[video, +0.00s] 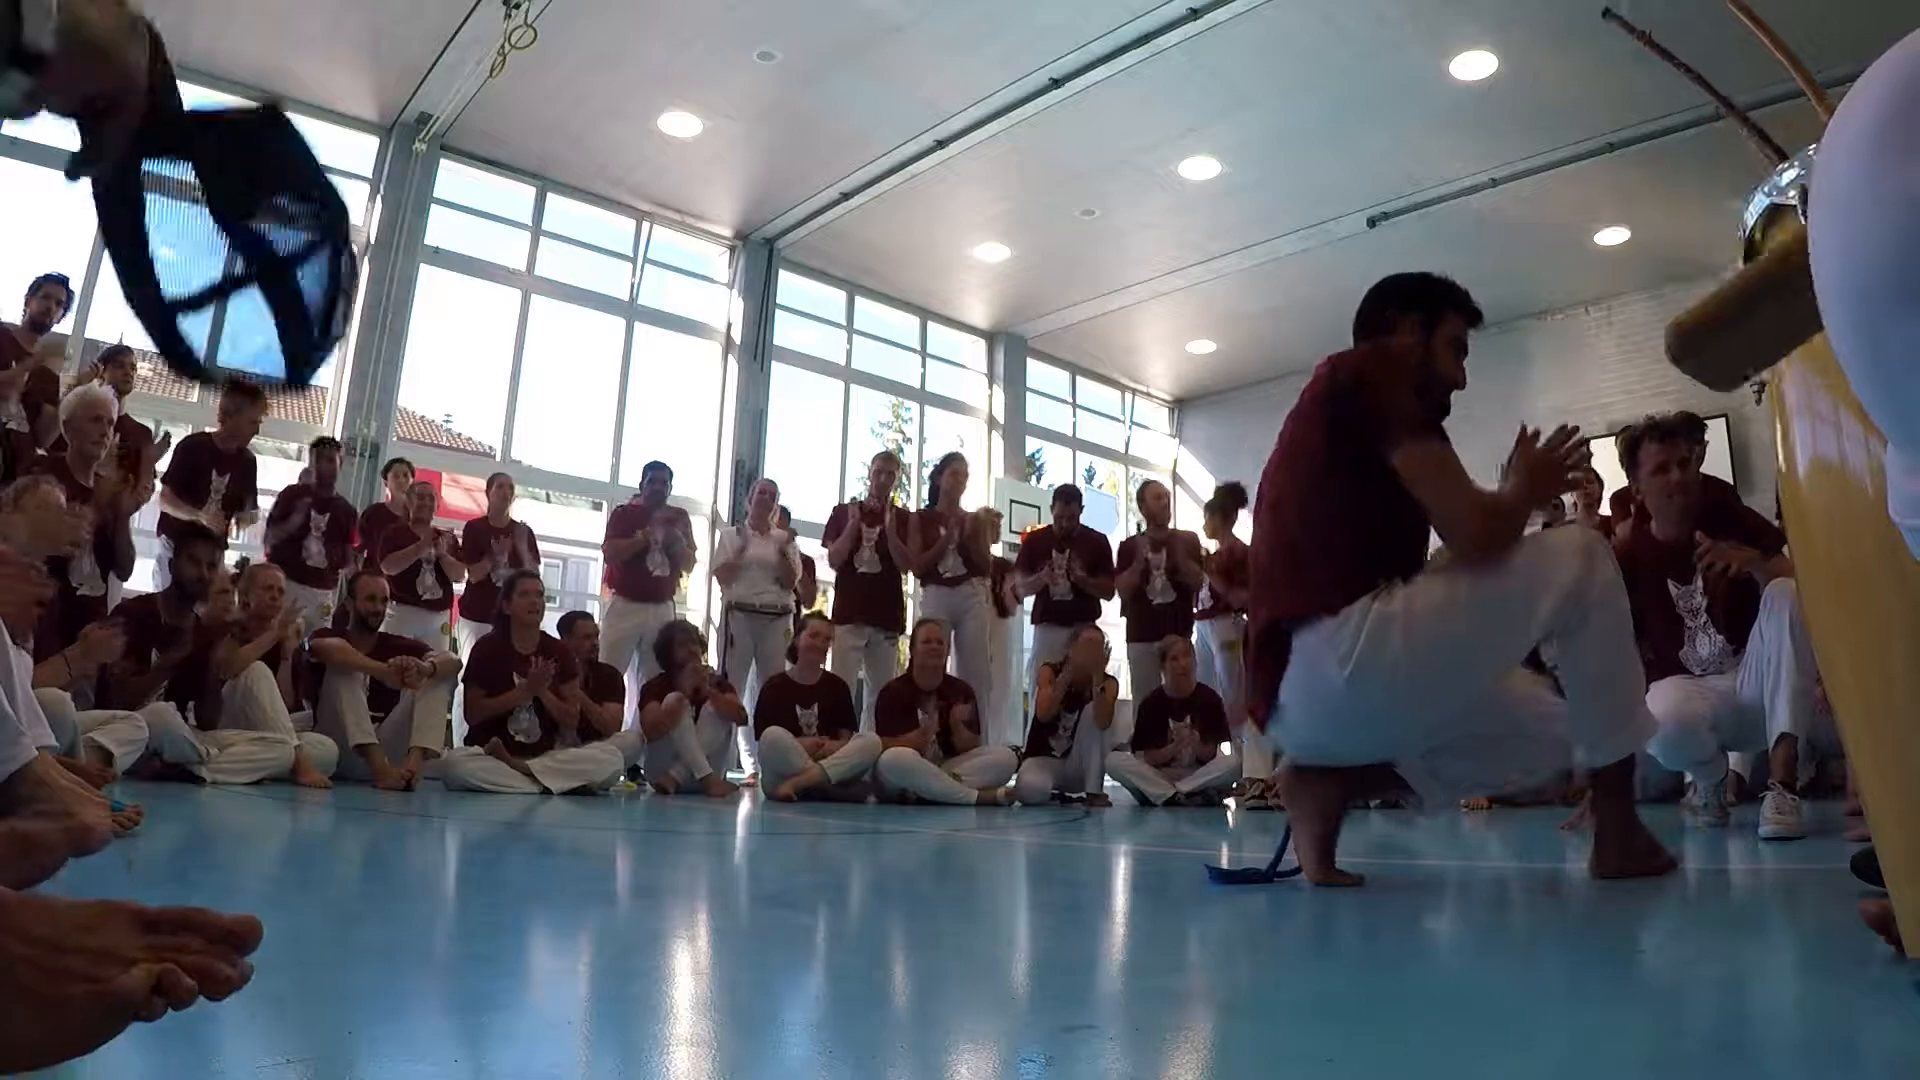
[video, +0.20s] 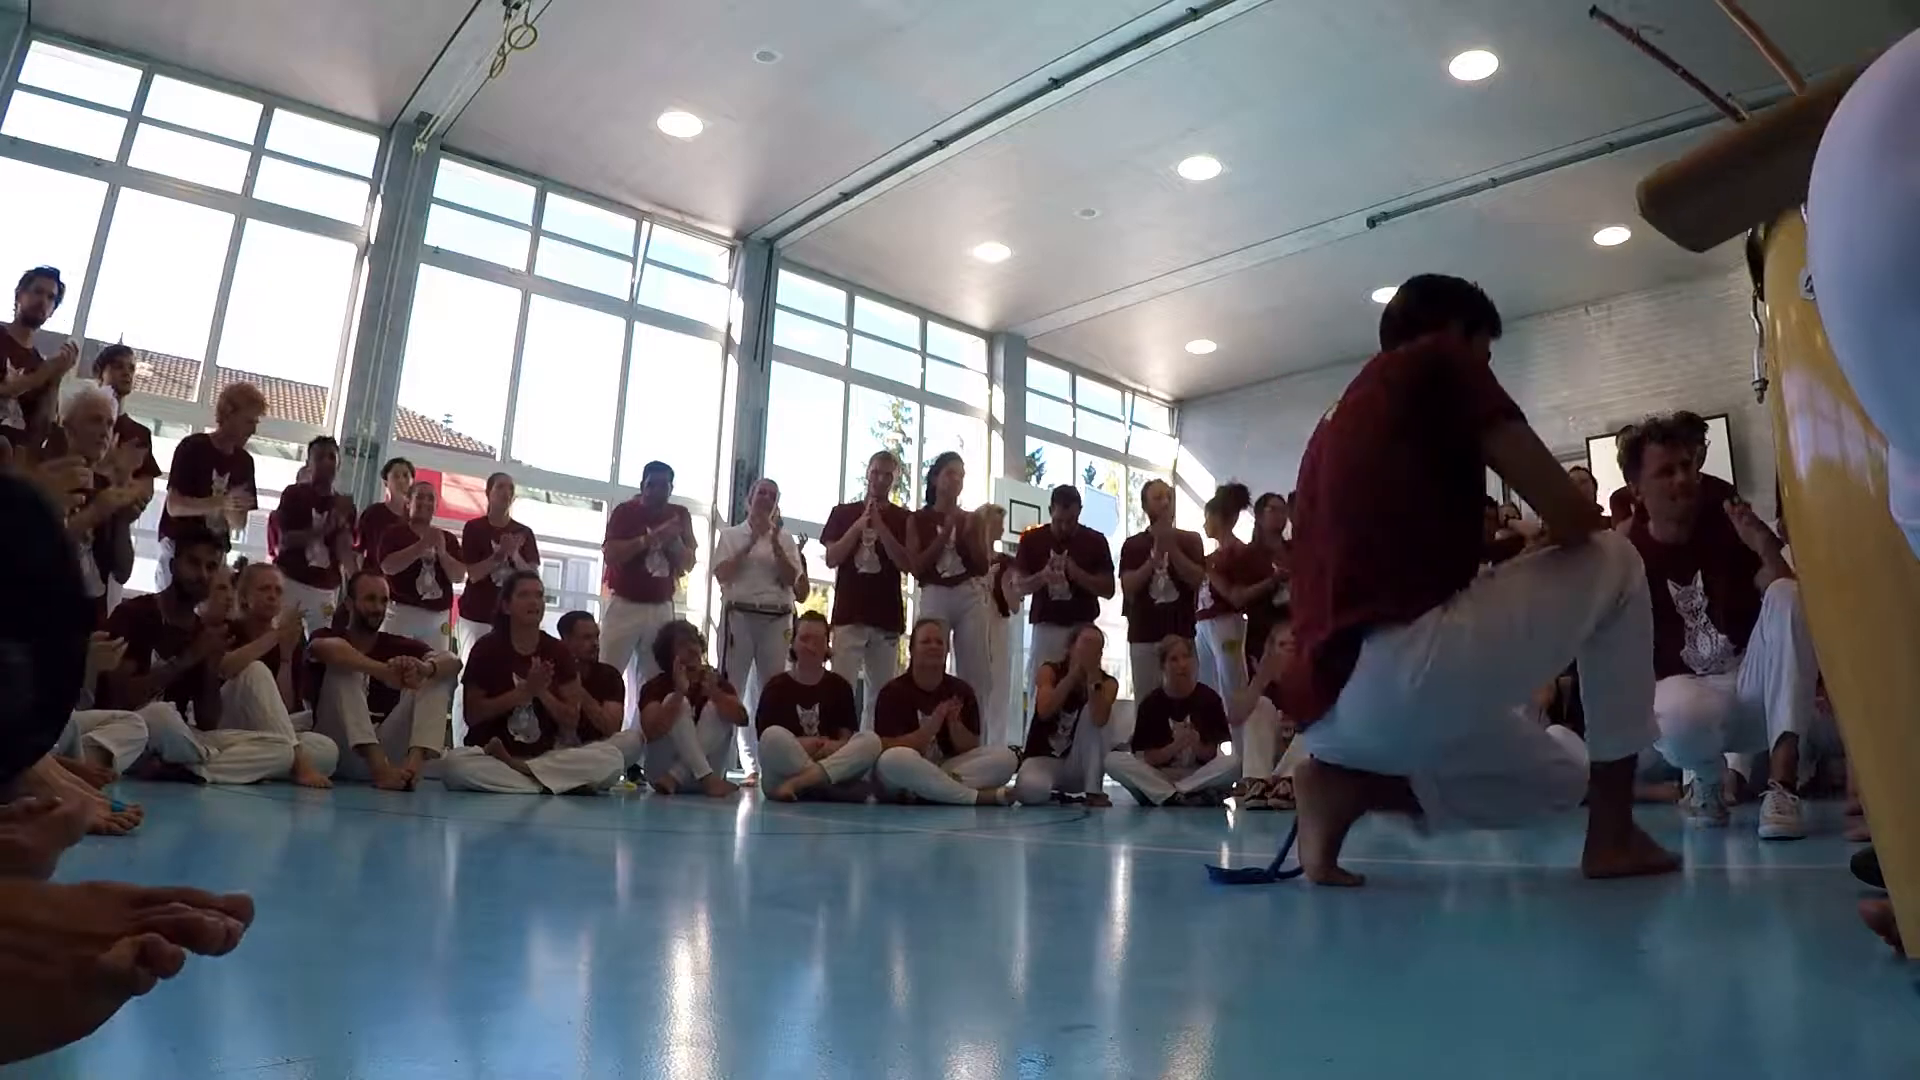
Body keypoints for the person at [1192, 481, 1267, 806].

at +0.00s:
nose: (1205, 525)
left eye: (1208, 518)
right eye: (1204, 518)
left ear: (1223, 518)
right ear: (1221, 518)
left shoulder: (1240, 553)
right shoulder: (1213, 556)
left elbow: (1243, 597)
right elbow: (1212, 593)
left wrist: (1215, 579)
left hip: (1227, 624)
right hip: (1203, 624)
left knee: (1231, 691)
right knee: (1206, 688)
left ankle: (1240, 749)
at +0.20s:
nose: (1204, 524)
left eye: (1208, 517)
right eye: (1205, 517)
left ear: (1223, 518)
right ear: (1225, 519)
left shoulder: (1241, 552)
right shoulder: (1213, 556)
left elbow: (1237, 596)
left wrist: (1212, 572)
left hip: (1226, 619)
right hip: (1203, 621)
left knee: (1231, 684)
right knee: (1206, 684)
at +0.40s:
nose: (1204, 523)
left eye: (1207, 517)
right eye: (1204, 517)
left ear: (1225, 518)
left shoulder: (1240, 551)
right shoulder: (1214, 555)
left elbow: (1238, 597)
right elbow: (1207, 585)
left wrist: (1214, 572)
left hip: (1227, 619)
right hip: (1204, 621)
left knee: (1231, 683)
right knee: (1206, 683)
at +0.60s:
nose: (1204, 523)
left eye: (1208, 517)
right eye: (1205, 517)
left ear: (1222, 519)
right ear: (1222, 520)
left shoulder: (1243, 553)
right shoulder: (1213, 556)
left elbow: (1244, 599)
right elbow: (1207, 587)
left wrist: (1216, 574)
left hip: (1228, 621)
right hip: (1203, 622)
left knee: (1233, 688)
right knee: (1206, 687)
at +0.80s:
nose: (1203, 521)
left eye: (1207, 516)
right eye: (1204, 516)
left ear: (1223, 519)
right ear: (1220, 519)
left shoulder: (1244, 554)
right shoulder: (1210, 555)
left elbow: (1242, 599)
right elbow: (1203, 587)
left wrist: (1213, 579)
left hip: (1228, 622)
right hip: (1202, 623)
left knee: (1235, 691)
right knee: (1205, 690)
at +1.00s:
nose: (1202, 520)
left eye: (1206, 515)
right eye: (1203, 515)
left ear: (1225, 519)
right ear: (1218, 519)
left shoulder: (1242, 553)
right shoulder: (1208, 556)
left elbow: (1242, 599)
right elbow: (1199, 589)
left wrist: (1212, 581)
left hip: (1227, 622)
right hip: (1201, 624)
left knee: (1234, 691)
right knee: (1205, 691)